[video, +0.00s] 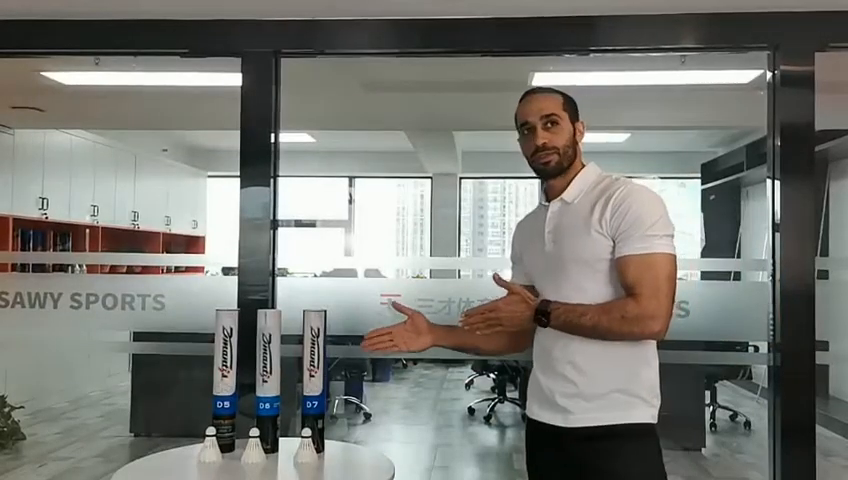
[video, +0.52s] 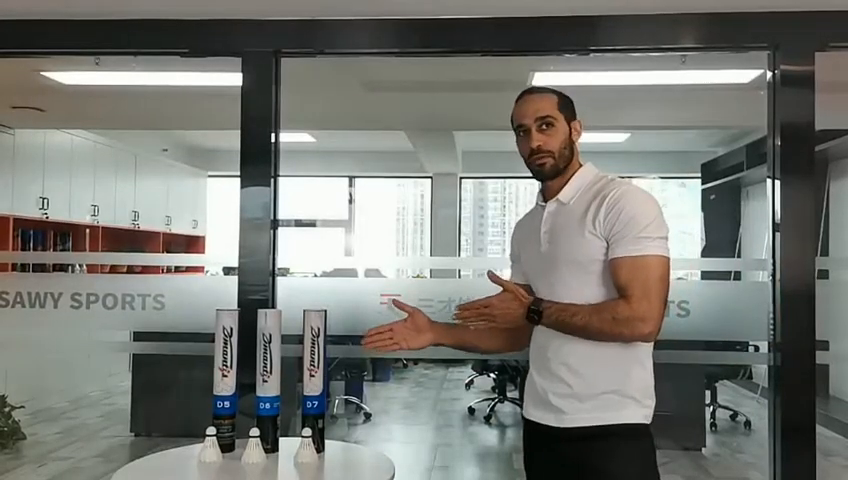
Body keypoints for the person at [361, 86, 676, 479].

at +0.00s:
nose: (538, 139)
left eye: (550, 124)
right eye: (527, 131)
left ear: (578, 131)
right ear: (520, 145)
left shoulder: (631, 202)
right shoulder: (527, 230)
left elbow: (650, 317)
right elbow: (522, 335)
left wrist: (539, 311)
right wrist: (436, 333)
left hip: (619, 425)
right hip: (545, 423)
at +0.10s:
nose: (538, 139)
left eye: (550, 125)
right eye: (526, 131)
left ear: (577, 131)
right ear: (518, 145)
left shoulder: (629, 202)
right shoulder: (526, 230)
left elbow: (647, 318)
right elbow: (522, 333)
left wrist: (538, 315)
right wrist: (432, 338)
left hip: (618, 427)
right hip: (545, 425)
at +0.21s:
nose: (536, 141)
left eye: (548, 126)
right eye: (524, 132)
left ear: (575, 131)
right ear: (516, 146)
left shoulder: (627, 203)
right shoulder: (525, 230)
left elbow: (645, 319)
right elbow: (522, 335)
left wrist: (535, 307)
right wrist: (436, 329)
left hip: (617, 426)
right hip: (544, 424)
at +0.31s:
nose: (536, 141)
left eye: (547, 126)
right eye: (523, 132)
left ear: (574, 131)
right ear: (516, 145)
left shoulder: (626, 202)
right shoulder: (526, 229)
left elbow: (642, 319)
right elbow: (520, 334)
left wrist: (532, 304)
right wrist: (436, 324)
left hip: (615, 425)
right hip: (543, 423)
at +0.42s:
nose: (535, 141)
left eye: (547, 126)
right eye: (524, 132)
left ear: (575, 131)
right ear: (517, 145)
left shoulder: (626, 203)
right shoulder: (525, 229)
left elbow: (640, 320)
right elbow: (520, 334)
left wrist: (532, 311)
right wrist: (431, 333)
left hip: (614, 426)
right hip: (543, 424)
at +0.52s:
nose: (533, 142)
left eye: (545, 126)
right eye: (523, 133)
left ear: (575, 130)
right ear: (516, 145)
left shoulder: (626, 203)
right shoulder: (526, 229)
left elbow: (641, 320)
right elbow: (521, 333)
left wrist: (533, 310)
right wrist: (435, 332)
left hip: (613, 427)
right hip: (542, 424)